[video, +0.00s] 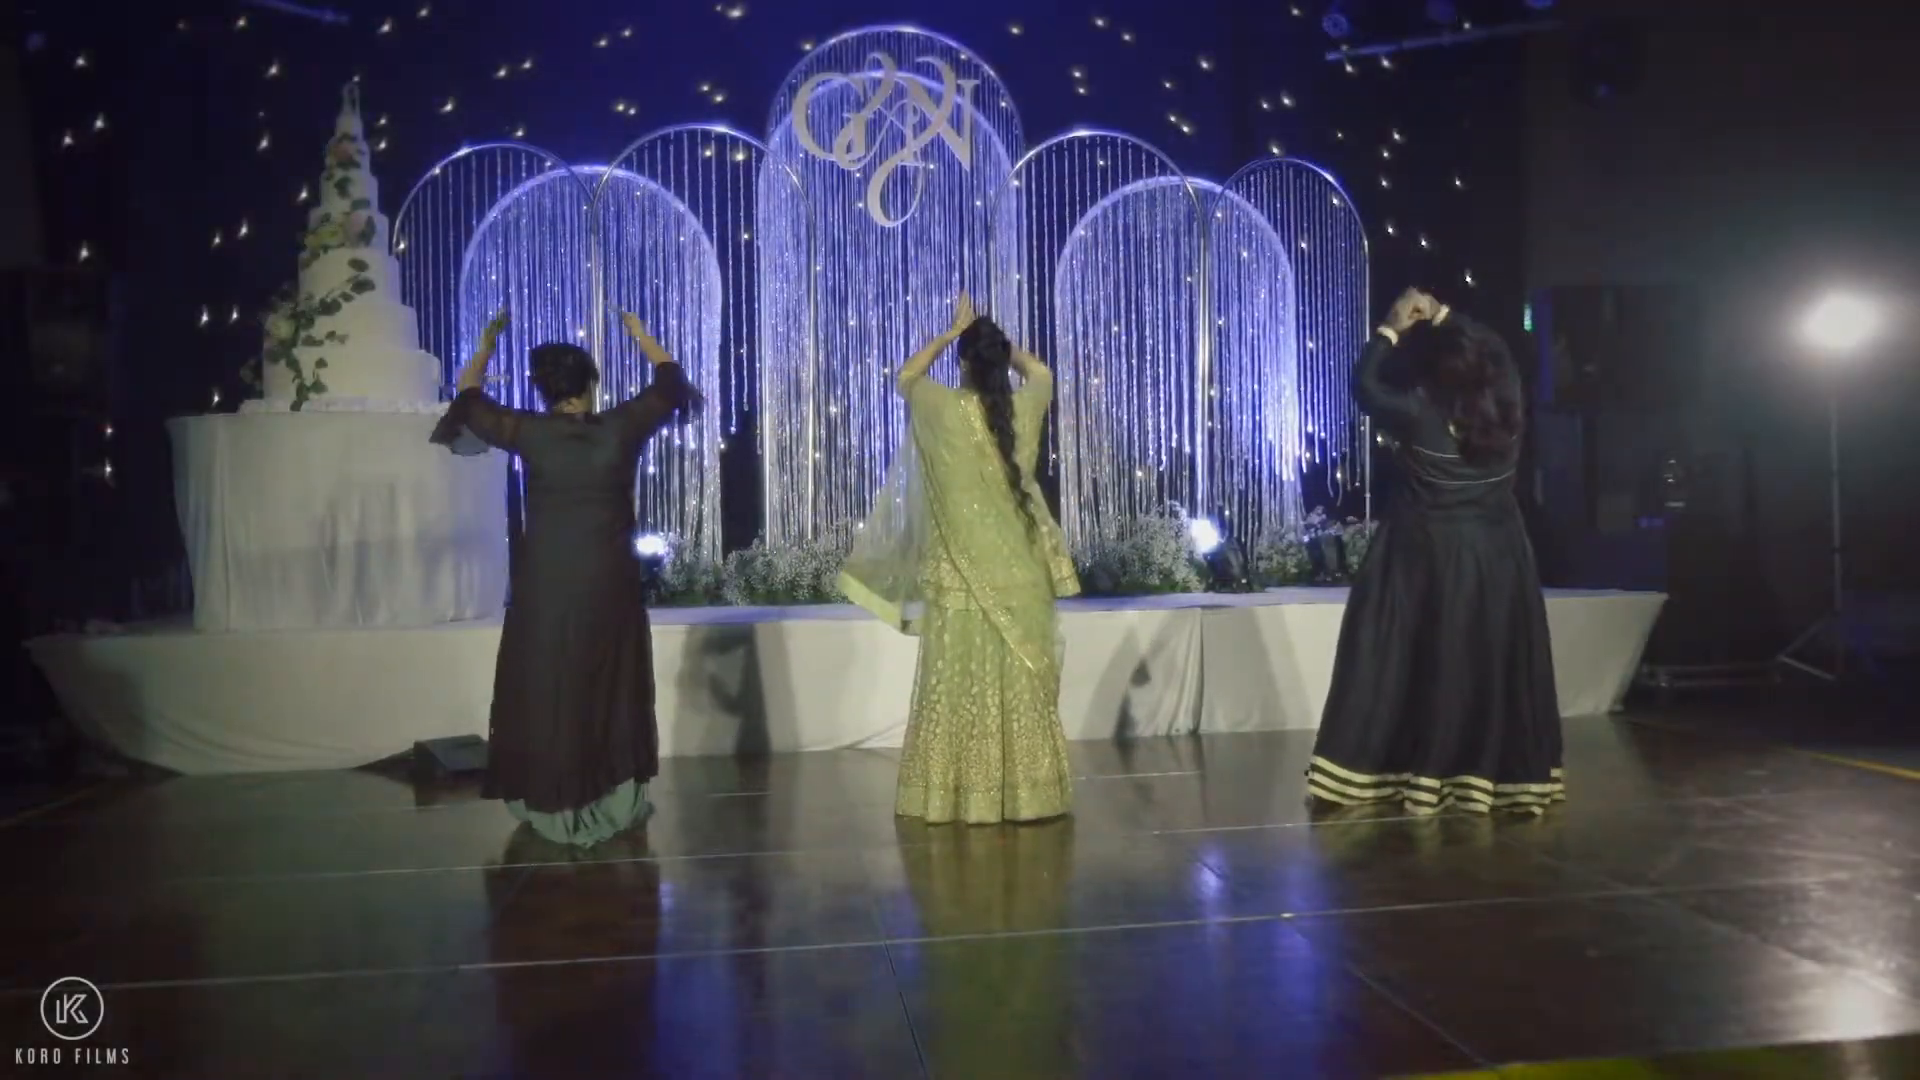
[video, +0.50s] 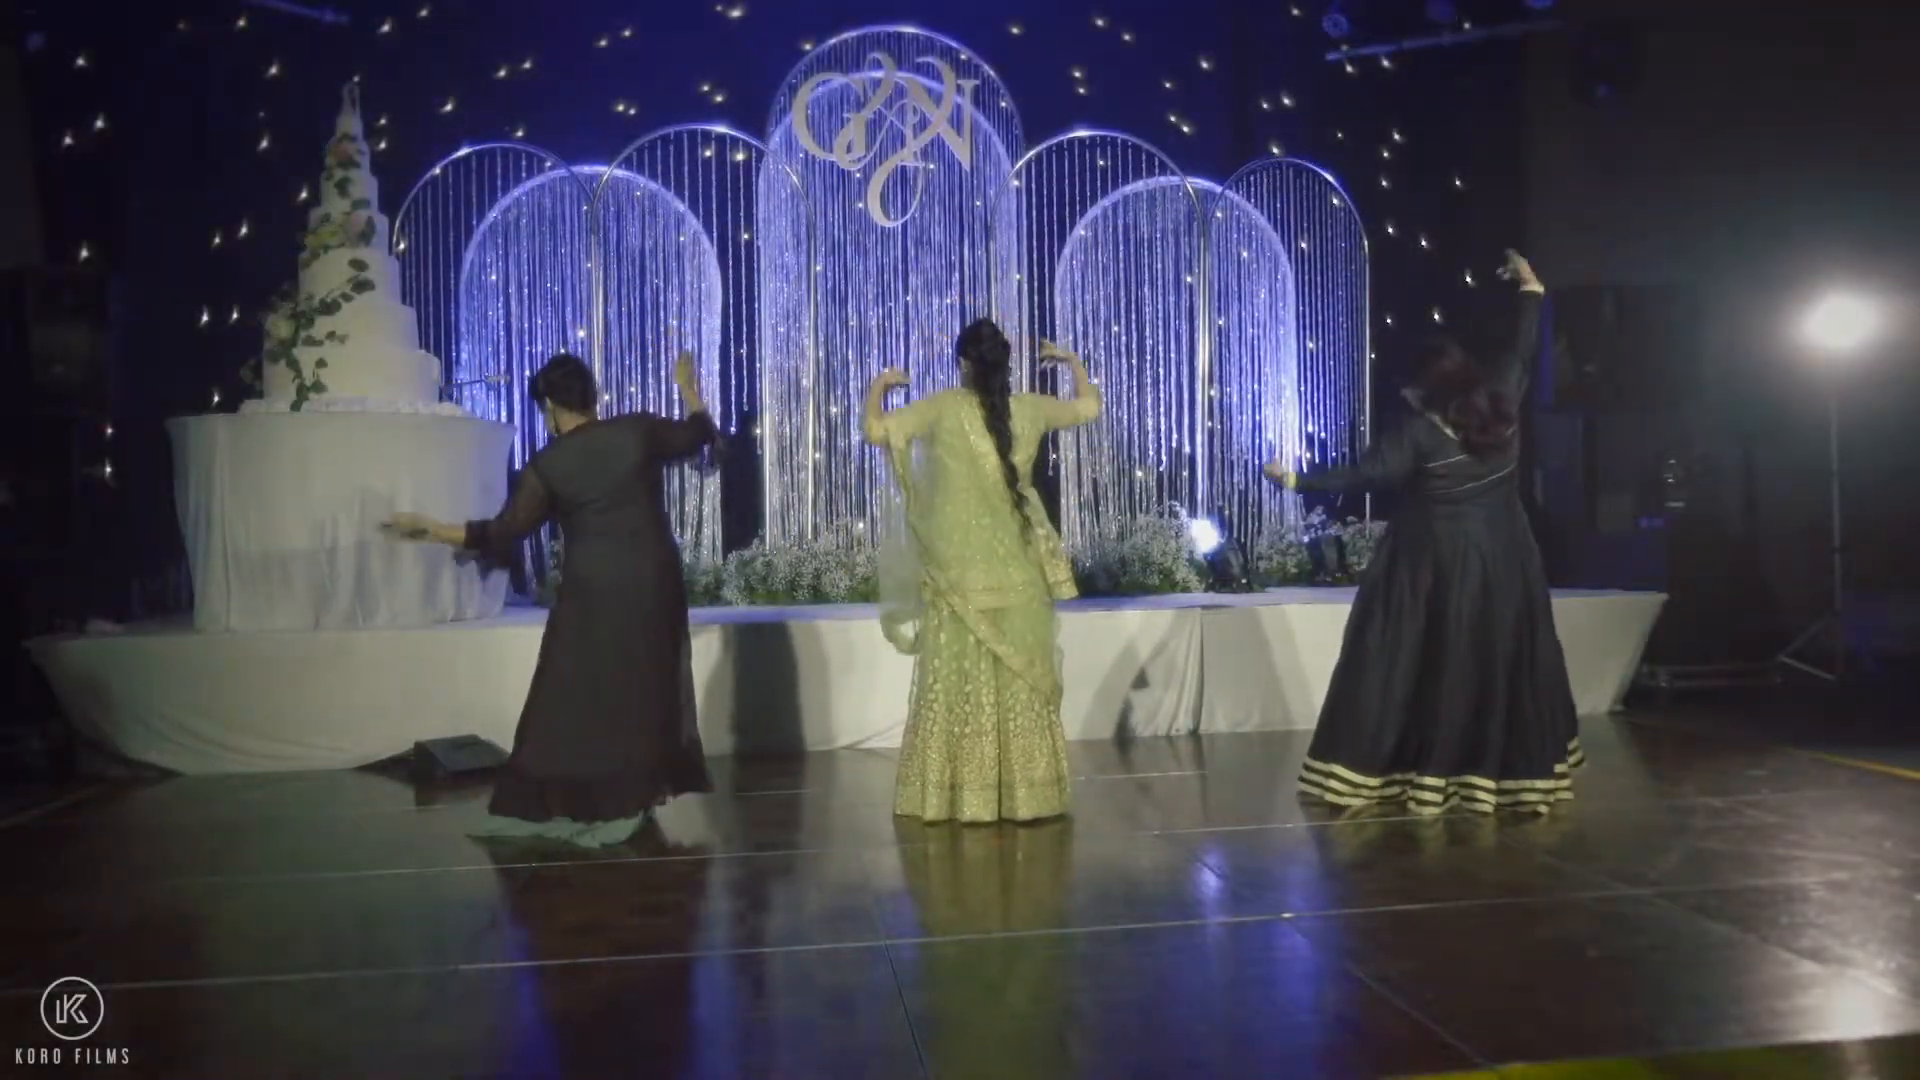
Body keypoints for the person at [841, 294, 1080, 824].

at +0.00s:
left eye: (968, 355)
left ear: (963, 363)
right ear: (1004, 363)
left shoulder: (941, 409)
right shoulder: (1025, 407)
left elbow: (907, 376)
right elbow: (1041, 374)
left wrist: (951, 334)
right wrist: (1003, 343)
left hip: (963, 563)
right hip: (1022, 562)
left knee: (959, 685)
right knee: (1024, 682)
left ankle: (961, 795)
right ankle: (1027, 795)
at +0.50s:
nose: (959, 366)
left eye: (960, 358)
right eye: (968, 358)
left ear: (962, 363)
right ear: (1005, 362)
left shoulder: (942, 407)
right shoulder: (1029, 408)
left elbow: (875, 430)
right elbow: (1089, 407)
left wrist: (879, 386)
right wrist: (1075, 362)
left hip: (958, 568)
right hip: (1018, 567)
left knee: (958, 685)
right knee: (1022, 681)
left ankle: (962, 795)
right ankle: (1025, 795)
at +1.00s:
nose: (954, 368)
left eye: (954, 361)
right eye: (959, 360)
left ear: (960, 363)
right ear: (998, 360)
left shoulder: (946, 409)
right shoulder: (1028, 412)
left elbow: (895, 456)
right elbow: (1088, 448)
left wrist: (837, 431)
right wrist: (1128, 442)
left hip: (966, 576)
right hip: (1027, 574)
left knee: (966, 691)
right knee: (1030, 686)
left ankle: (969, 797)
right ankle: (1032, 795)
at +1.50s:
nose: (947, 374)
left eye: (947, 368)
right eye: (950, 367)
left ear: (956, 368)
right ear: (993, 365)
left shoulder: (947, 413)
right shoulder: (1031, 414)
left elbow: (889, 461)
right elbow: (1090, 454)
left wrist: (822, 456)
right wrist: (1137, 463)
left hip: (968, 576)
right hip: (1027, 575)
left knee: (968, 688)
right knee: (1029, 685)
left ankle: (967, 795)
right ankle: (1030, 794)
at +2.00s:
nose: (928, 373)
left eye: (933, 365)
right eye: (929, 365)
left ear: (954, 367)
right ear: (964, 367)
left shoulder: (955, 409)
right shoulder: (976, 409)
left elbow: (950, 465)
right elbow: (962, 469)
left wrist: (903, 463)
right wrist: (914, 463)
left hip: (967, 567)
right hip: (990, 564)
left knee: (969, 676)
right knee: (993, 676)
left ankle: (972, 792)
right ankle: (1001, 791)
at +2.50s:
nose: (924, 373)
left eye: (933, 364)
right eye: (919, 365)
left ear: (961, 368)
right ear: (917, 370)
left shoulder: (988, 414)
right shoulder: (910, 419)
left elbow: (1030, 474)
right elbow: (875, 467)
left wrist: (976, 484)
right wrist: (879, 526)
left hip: (980, 562)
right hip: (924, 561)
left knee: (979, 670)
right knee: (918, 671)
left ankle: (982, 788)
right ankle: (915, 790)